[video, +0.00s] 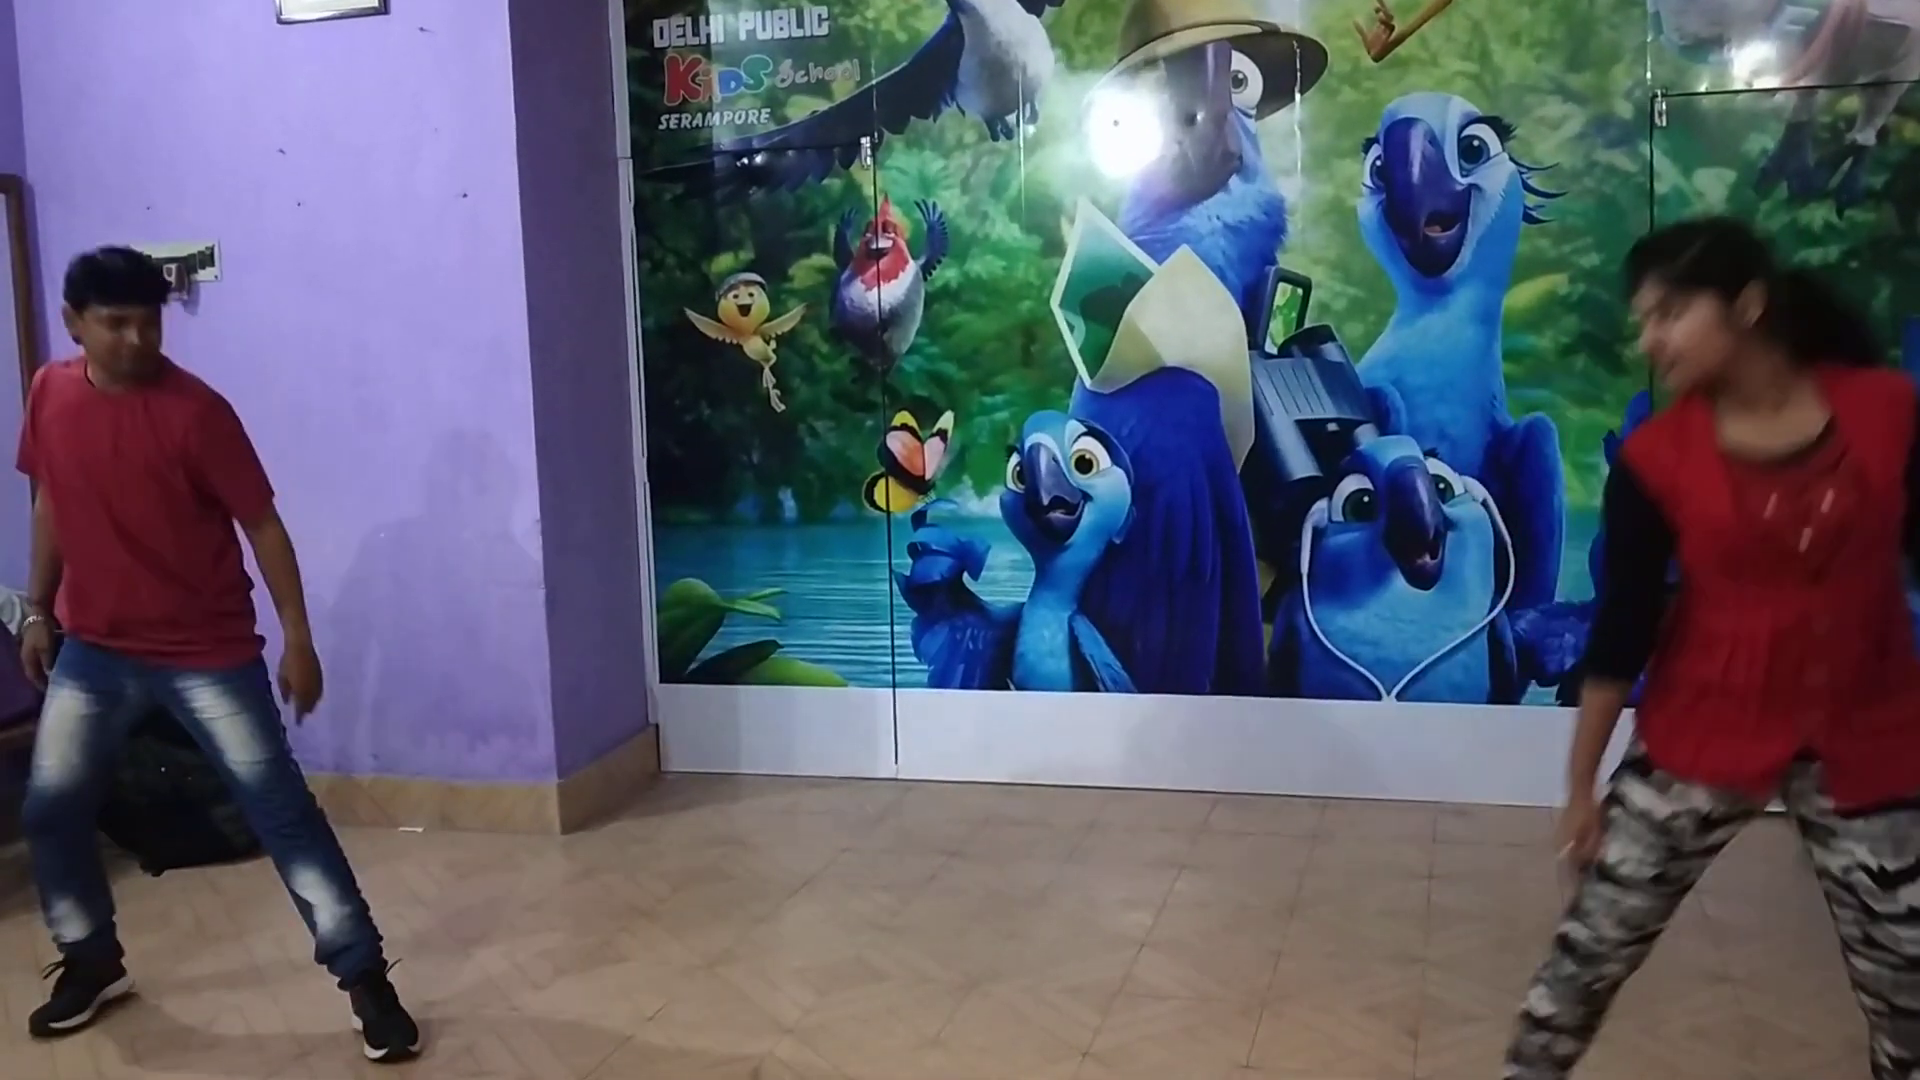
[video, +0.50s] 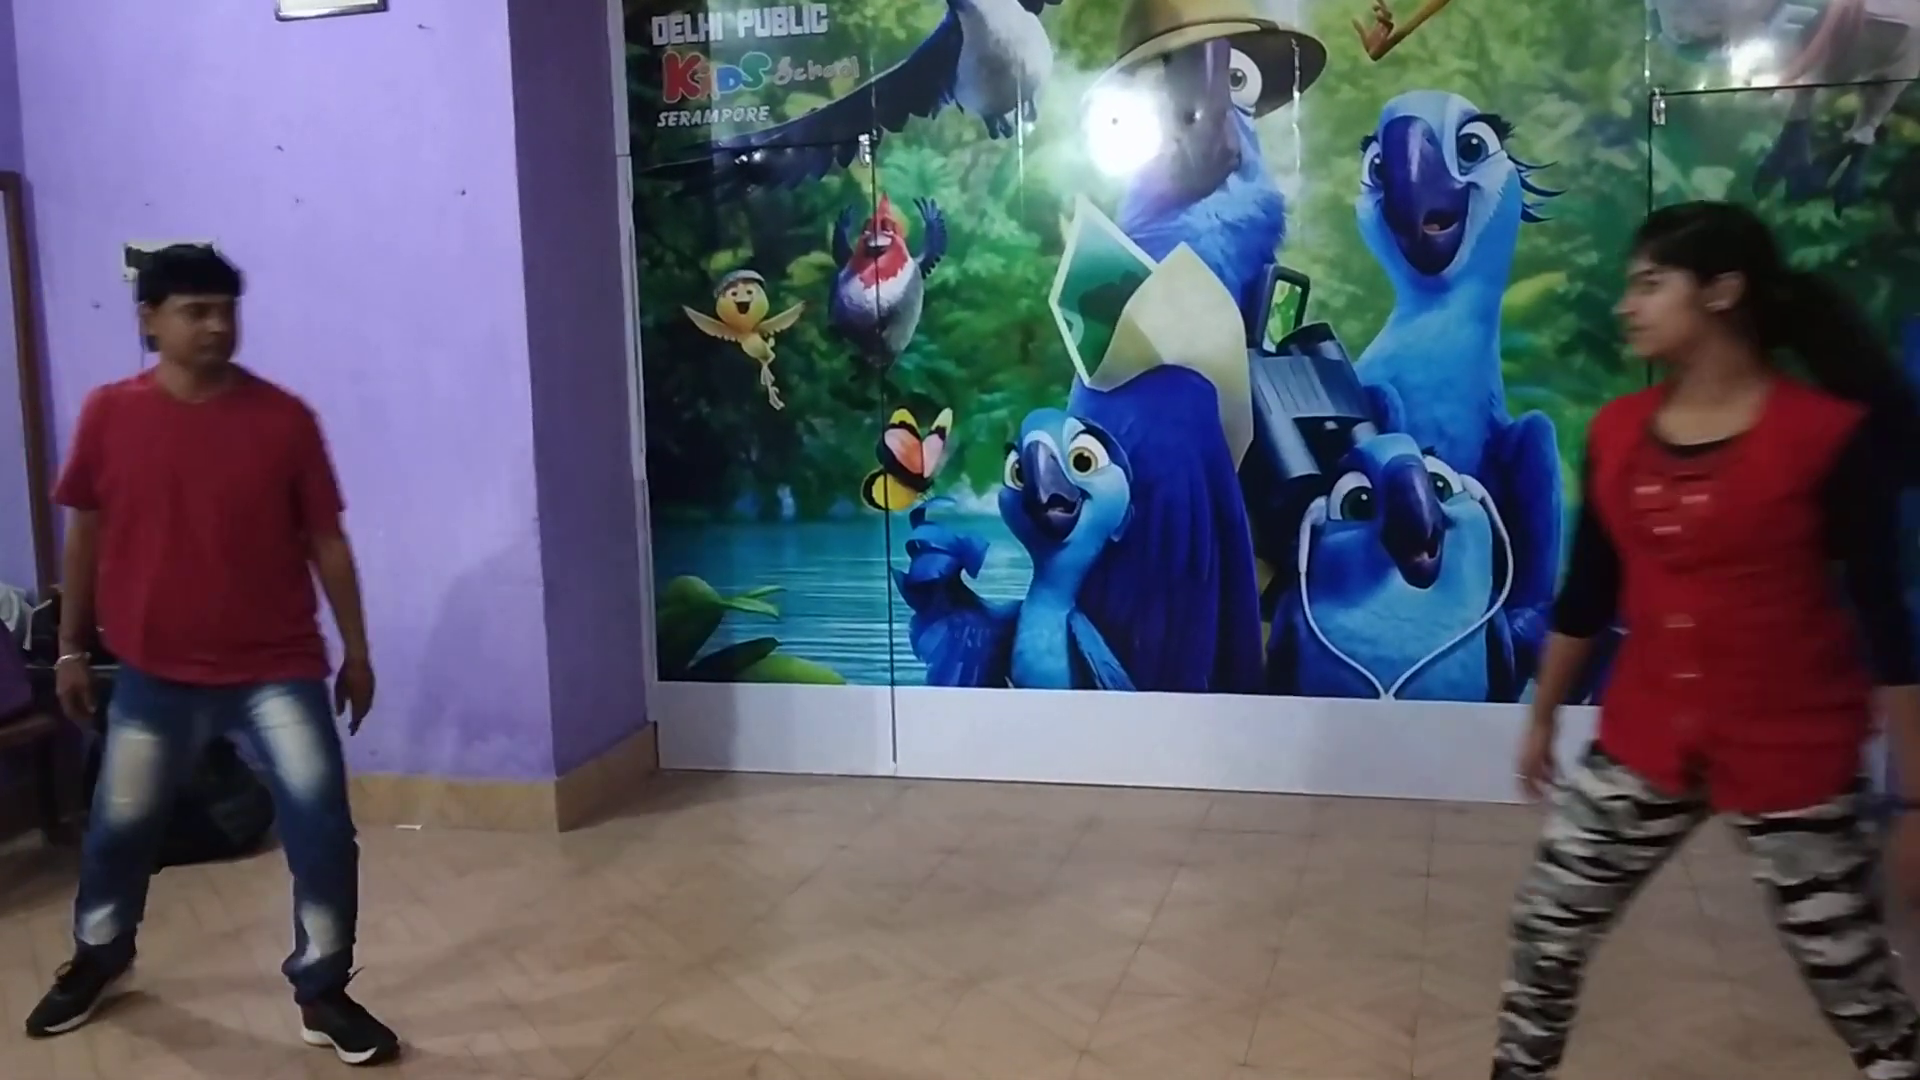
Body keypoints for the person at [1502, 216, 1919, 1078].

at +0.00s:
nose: (1648, 342)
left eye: (1666, 314)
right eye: (1642, 322)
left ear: (1746, 306)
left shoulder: (1887, 414)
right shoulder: (1657, 457)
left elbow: (1919, 555)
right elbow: (1621, 626)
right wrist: (1581, 785)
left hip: (1865, 727)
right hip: (1707, 729)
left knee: (1905, 975)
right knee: (1595, 942)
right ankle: (1529, 1070)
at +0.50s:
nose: (1626, 306)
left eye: (1648, 284)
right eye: (1629, 286)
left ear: (1721, 293)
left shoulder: (1831, 437)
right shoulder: (1619, 432)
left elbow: (1889, 624)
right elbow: (1589, 587)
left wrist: (1911, 802)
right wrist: (1541, 713)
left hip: (1793, 753)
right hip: (1645, 743)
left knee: (1855, 992)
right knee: (1546, 933)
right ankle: (1517, 1071)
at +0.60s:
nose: (1565, 321)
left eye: (1586, 300)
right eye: (1569, 301)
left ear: (1652, 311)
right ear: (1628, 315)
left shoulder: (1745, 455)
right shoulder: (1559, 446)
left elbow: (1779, 641)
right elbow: (1529, 591)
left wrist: (1804, 816)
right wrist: (1487, 705)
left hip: (1714, 766)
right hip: (1590, 756)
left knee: (1804, 979)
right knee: (1487, 921)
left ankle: (1892, 1065)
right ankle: (1503, 1071)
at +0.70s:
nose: (1490, 325)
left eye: (1509, 308)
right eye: (1495, 307)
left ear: (1571, 323)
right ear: (1554, 323)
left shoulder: (1631, 465)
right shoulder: (1495, 445)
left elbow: (1644, 648)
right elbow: (1462, 579)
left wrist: (1646, 815)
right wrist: (1412, 682)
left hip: (1621, 762)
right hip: (1514, 748)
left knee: (1684, 982)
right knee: (1430, 920)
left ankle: (1807, 1065)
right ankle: (1482, 1071)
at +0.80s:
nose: (1416, 329)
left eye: (1433, 313)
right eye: (1422, 311)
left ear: (1490, 329)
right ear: (1477, 328)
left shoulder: (1537, 468)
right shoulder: (1439, 443)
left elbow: (1505, 643)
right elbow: (1391, 563)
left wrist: (1462, 786)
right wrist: (1333, 654)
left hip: (1531, 768)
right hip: (1443, 755)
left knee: (1479, 985)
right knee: (1395, 925)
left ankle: (1660, 1070)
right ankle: (1465, 1068)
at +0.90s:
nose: (1346, 335)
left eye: (1364, 318)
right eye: (1352, 317)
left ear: (1419, 333)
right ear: (1406, 333)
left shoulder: (1457, 463)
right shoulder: (1379, 444)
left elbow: (1364, 619)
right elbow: (1313, 552)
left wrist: (1276, 727)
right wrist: (1246, 625)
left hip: (1454, 754)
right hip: (1391, 741)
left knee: (1312, 930)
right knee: (1376, 944)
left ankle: (1429, 1059)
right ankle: (1454, 1064)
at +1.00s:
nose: (1278, 336)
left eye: (1294, 318)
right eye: (1283, 318)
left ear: (1348, 333)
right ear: (1342, 336)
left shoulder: (1374, 464)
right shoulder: (1323, 447)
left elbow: (1242, 566)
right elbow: (1231, 556)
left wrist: (1115, 649)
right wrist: (1145, 619)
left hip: (1368, 745)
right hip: (1330, 737)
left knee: (1208, 905)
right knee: (1356, 943)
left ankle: (1196, 1065)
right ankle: (1463, 1071)